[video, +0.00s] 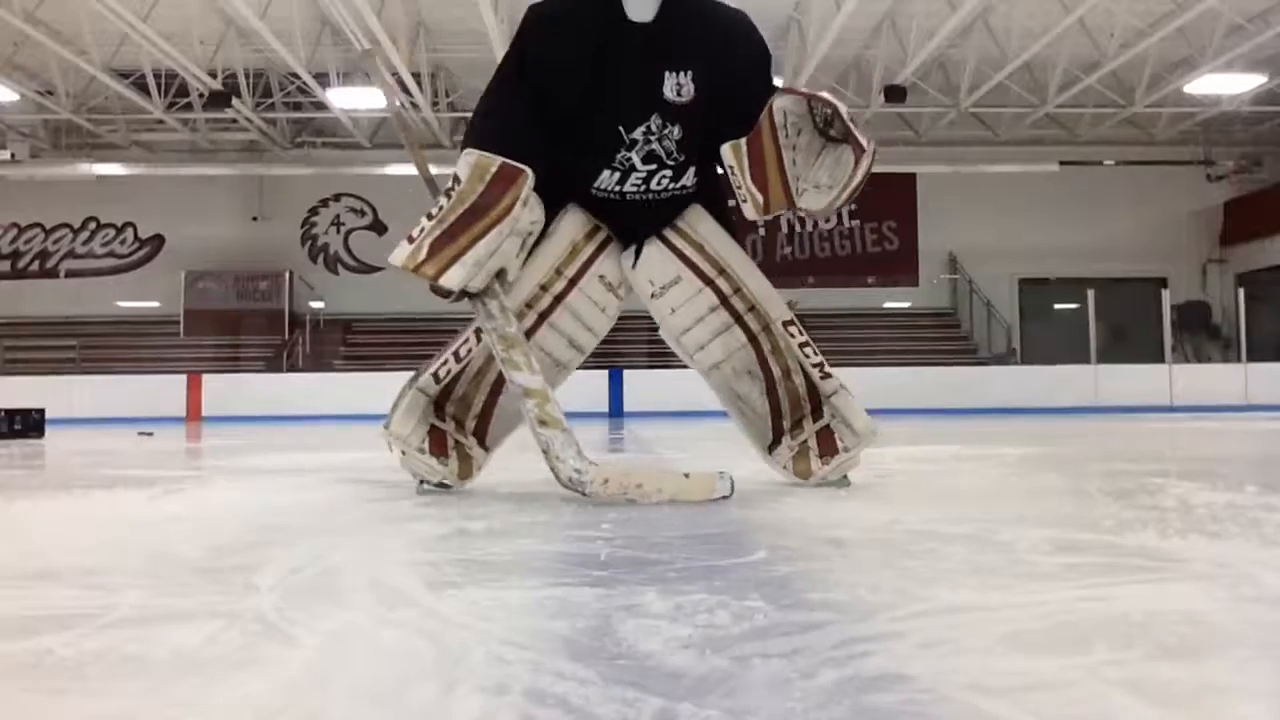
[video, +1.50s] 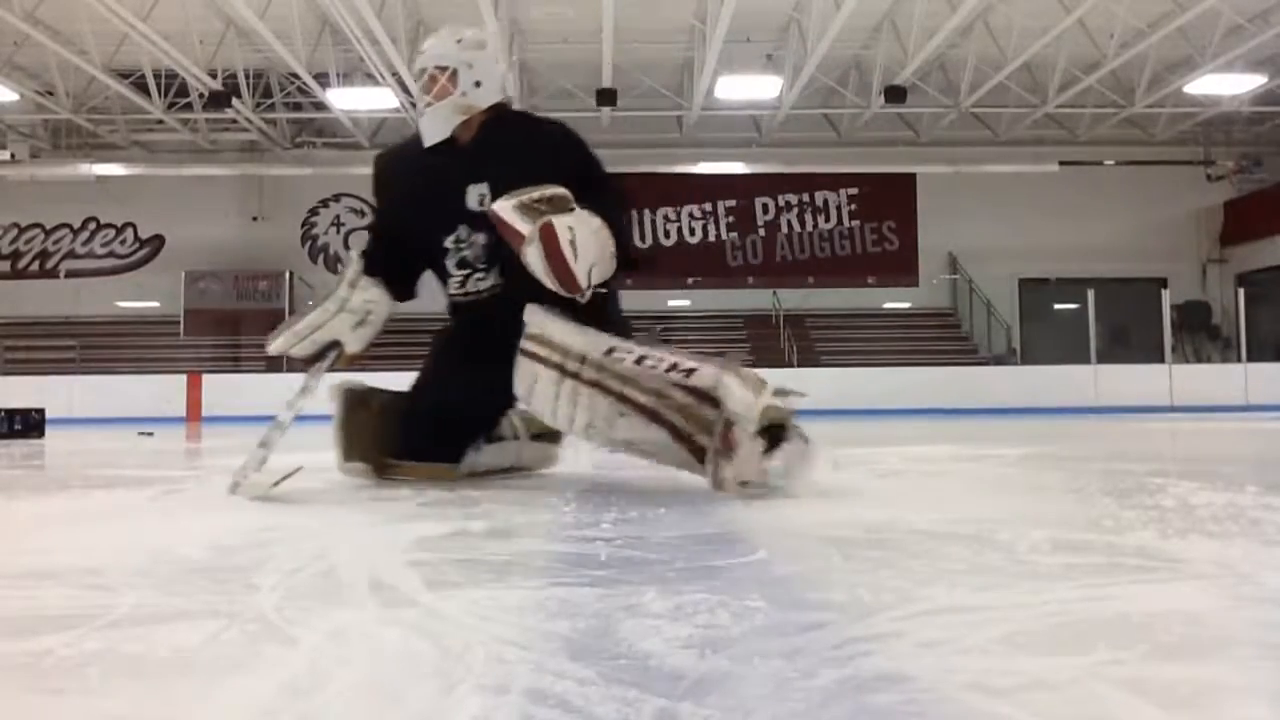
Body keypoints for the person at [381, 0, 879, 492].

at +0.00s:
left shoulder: (723, 33)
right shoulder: (559, 22)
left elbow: (758, 127)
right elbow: (504, 136)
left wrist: (806, 158)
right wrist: (470, 240)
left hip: (680, 206)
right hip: (576, 205)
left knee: (748, 318)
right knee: (526, 329)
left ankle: (814, 441)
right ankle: (440, 438)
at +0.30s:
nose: (647, 18)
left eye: (661, 7)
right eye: (633, 6)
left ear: (680, 12)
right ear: (612, 9)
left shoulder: (721, 95)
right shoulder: (552, 91)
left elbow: (756, 227)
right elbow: (496, 211)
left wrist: (796, 224)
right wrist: (485, 286)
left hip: (694, 331)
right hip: (580, 332)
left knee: (709, 485)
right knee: (586, 491)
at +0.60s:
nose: (581, 58)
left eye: (598, 43)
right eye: (580, 43)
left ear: (641, 51)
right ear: (573, 47)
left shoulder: (709, 131)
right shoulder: (544, 135)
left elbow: (723, 254)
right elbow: (523, 245)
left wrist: (644, 276)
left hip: (689, 352)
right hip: (579, 356)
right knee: (587, 511)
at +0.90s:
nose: (519, 46)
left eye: (532, 30)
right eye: (517, 33)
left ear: (572, 34)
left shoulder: (634, 100)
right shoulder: (511, 135)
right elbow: (499, 243)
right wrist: (477, 307)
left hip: (676, 340)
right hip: (584, 353)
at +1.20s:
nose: (517, 43)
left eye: (532, 28)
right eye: (509, 31)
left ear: (574, 28)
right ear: (501, 40)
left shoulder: (642, 103)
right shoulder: (486, 136)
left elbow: (701, 197)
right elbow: (486, 239)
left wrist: (641, 230)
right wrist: (452, 299)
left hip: (651, 311)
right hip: (545, 323)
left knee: (619, 456)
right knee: (554, 456)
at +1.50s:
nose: (426, 88)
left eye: (440, 76)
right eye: (422, 77)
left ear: (481, 78)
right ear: (421, 85)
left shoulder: (544, 141)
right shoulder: (406, 172)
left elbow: (612, 225)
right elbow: (394, 260)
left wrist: (580, 245)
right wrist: (357, 306)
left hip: (570, 318)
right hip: (476, 332)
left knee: (630, 397)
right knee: (422, 446)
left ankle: (739, 433)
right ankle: (520, 442)